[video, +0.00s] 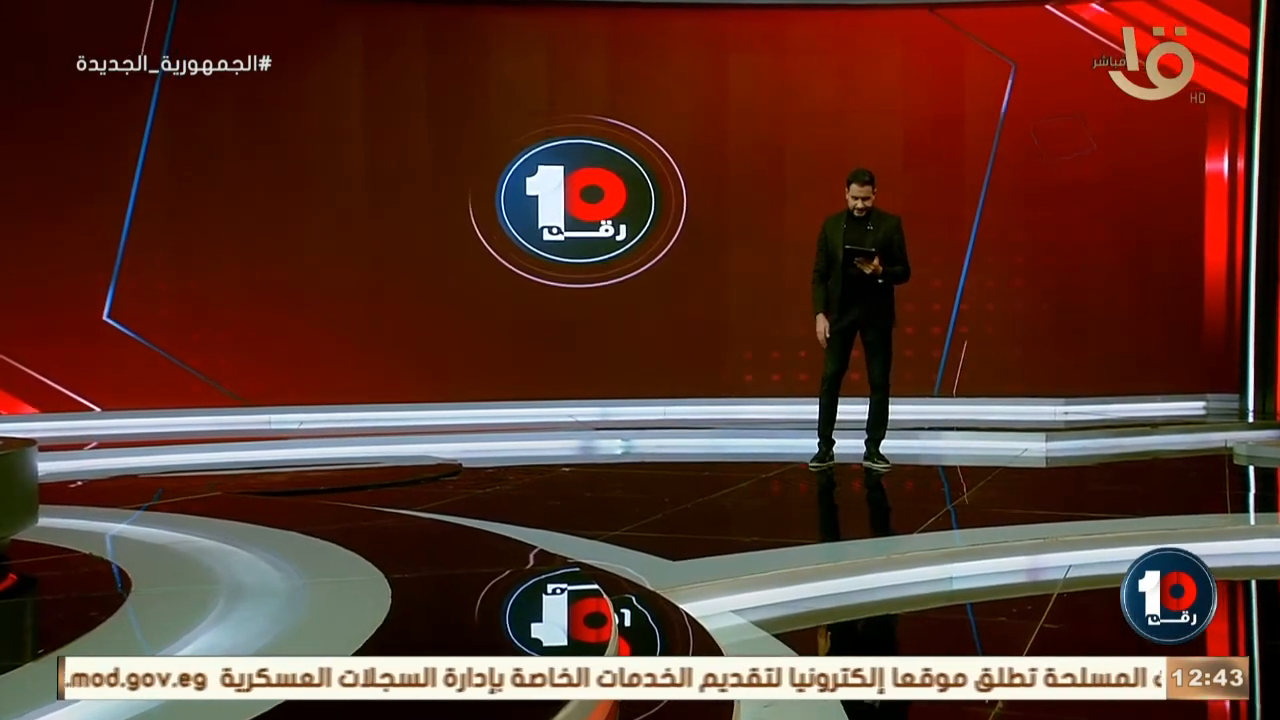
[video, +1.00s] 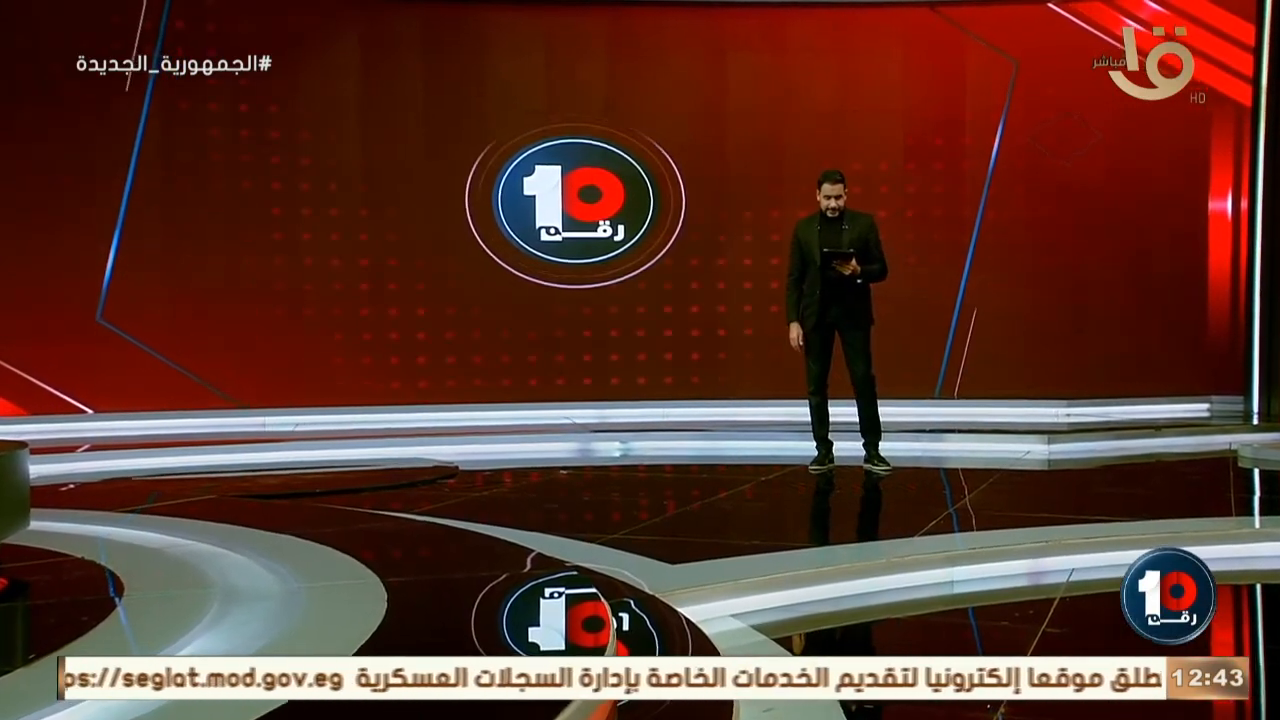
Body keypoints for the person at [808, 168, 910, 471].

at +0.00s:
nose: (860, 204)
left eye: (866, 198)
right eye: (855, 198)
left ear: (874, 196)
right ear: (846, 195)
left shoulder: (889, 225)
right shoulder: (833, 225)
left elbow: (903, 273)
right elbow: (820, 273)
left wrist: (880, 271)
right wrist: (820, 313)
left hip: (877, 316)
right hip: (840, 315)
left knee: (879, 383)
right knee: (830, 379)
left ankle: (873, 449)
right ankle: (824, 447)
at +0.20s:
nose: (854, 202)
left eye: (859, 196)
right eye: (849, 196)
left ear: (867, 195)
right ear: (839, 195)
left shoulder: (883, 224)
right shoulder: (826, 225)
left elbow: (898, 271)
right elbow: (814, 274)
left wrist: (875, 270)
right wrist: (813, 314)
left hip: (872, 316)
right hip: (835, 316)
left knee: (875, 383)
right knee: (827, 380)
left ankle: (873, 449)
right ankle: (824, 447)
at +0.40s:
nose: (848, 201)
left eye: (853, 195)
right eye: (842, 195)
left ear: (861, 194)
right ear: (833, 194)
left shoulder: (877, 224)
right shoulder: (819, 227)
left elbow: (893, 270)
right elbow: (808, 275)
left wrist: (871, 269)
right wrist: (808, 316)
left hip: (866, 317)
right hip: (829, 317)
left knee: (871, 384)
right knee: (823, 383)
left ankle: (872, 448)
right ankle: (824, 447)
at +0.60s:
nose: (842, 202)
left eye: (846, 196)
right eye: (836, 196)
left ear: (854, 195)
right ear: (826, 196)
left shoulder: (871, 224)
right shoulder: (813, 228)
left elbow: (887, 270)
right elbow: (803, 277)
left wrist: (867, 270)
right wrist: (802, 318)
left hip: (860, 316)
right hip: (823, 316)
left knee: (866, 381)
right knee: (819, 385)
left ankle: (872, 450)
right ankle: (823, 449)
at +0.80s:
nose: (837, 202)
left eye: (841, 196)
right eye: (831, 196)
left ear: (849, 194)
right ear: (821, 195)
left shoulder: (866, 224)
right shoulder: (808, 228)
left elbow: (882, 271)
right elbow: (798, 278)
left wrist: (862, 271)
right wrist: (797, 319)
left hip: (856, 317)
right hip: (819, 318)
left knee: (864, 381)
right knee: (817, 385)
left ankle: (872, 450)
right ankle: (823, 450)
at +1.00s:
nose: (833, 203)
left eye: (838, 197)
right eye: (827, 197)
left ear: (846, 195)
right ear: (818, 197)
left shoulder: (863, 224)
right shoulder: (804, 229)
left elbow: (880, 271)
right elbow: (795, 279)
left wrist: (859, 271)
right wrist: (793, 321)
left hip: (854, 317)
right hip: (816, 318)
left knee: (863, 381)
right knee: (816, 386)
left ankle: (872, 451)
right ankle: (823, 451)